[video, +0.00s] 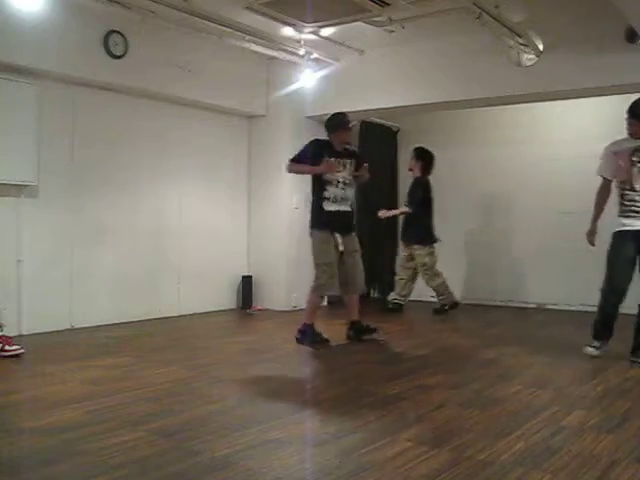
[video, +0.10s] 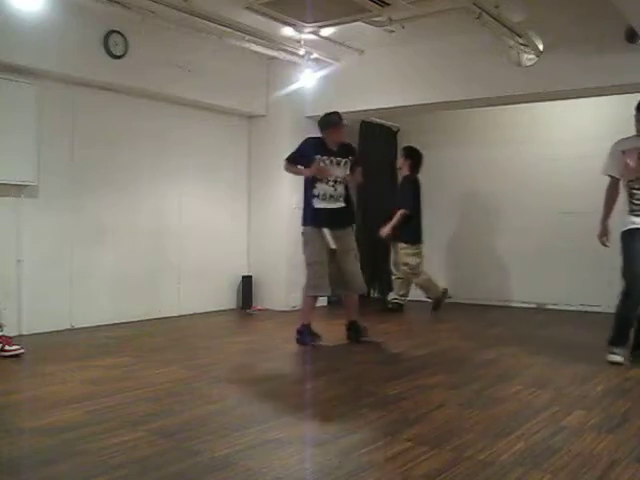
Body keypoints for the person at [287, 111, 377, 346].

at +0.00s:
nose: (349, 135)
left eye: (349, 131)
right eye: (345, 131)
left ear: (347, 132)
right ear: (334, 131)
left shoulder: (352, 154)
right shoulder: (317, 147)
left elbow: (359, 180)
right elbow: (292, 166)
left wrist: (361, 175)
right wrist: (319, 169)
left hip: (347, 225)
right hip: (323, 224)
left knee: (353, 276)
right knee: (325, 277)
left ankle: (354, 324)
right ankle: (306, 327)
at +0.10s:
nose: (343, 132)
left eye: (343, 128)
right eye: (340, 129)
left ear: (338, 130)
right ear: (329, 130)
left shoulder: (348, 150)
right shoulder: (311, 145)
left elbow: (357, 176)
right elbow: (289, 164)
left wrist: (354, 177)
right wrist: (308, 171)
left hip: (343, 223)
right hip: (315, 223)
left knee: (351, 275)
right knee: (316, 276)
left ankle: (353, 325)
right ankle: (304, 327)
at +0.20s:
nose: (331, 135)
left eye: (333, 129)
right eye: (327, 131)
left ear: (335, 129)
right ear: (317, 131)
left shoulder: (345, 155)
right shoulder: (302, 150)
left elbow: (354, 182)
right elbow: (287, 174)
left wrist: (353, 206)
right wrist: (295, 198)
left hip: (336, 226)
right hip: (307, 227)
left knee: (349, 278)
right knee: (303, 276)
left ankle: (350, 325)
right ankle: (300, 326)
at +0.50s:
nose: (310, 150)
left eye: (314, 145)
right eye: (306, 145)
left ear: (320, 140)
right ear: (299, 140)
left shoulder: (329, 167)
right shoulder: (284, 162)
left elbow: (349, 189)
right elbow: (264, 183)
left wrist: (363, 209)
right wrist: (262, 200)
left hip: (320, 238)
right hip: (289, 237)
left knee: (335, 287)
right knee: (276, 285)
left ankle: (335, 327)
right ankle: (293, 328)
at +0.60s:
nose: (304, 146)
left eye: (308, 142)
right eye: (300, 142)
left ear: (315, 140)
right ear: (294, 139)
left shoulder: (324, 164)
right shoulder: (279, 158)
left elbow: (348, 182)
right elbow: (257, 168)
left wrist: (352, 191)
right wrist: (260, 179)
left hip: (317, 236)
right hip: (285, 236)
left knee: (335, 284)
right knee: (277, 286)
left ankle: (323, 326)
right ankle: (291, 327)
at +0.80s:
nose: (295, 144)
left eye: (299, 140)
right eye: (291, 140)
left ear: (306, 137)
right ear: (284, 136)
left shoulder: (314, 151)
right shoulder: (270, 147)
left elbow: (341, 171)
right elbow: (236, 155)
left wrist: (329, 170)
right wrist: (255, 158)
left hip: (307, 229)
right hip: (277, 229)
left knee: (322, 280)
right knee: (277, 281)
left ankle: (316, 327)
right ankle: (282, 325)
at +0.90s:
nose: (294, 142)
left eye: (297, 138)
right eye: (290, 138)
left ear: (302, 136)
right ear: (280, 134)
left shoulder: (306, 155)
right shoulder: (265, 150)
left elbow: (317, 183)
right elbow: (249, 176)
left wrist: (315, 209)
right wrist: (254, 207)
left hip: (301, 222)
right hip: (275, 222)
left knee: (308, 275)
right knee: (279, 275)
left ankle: (307, 327)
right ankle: (263, 324)